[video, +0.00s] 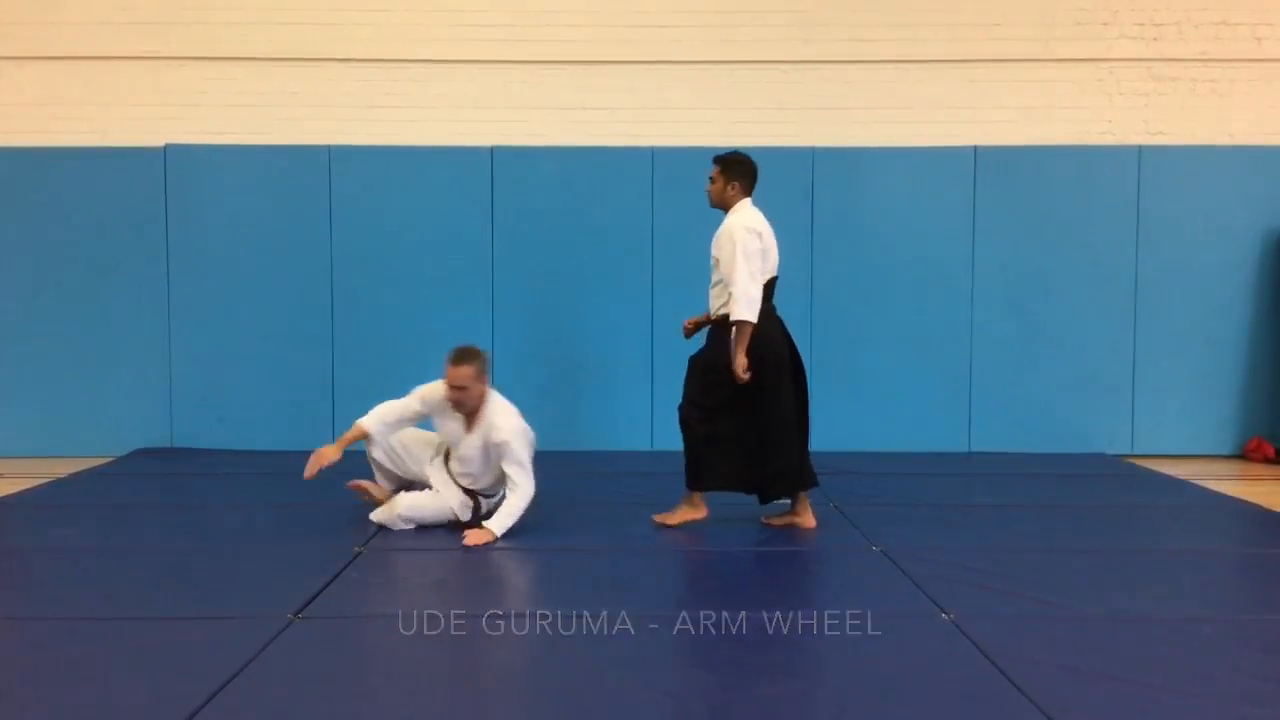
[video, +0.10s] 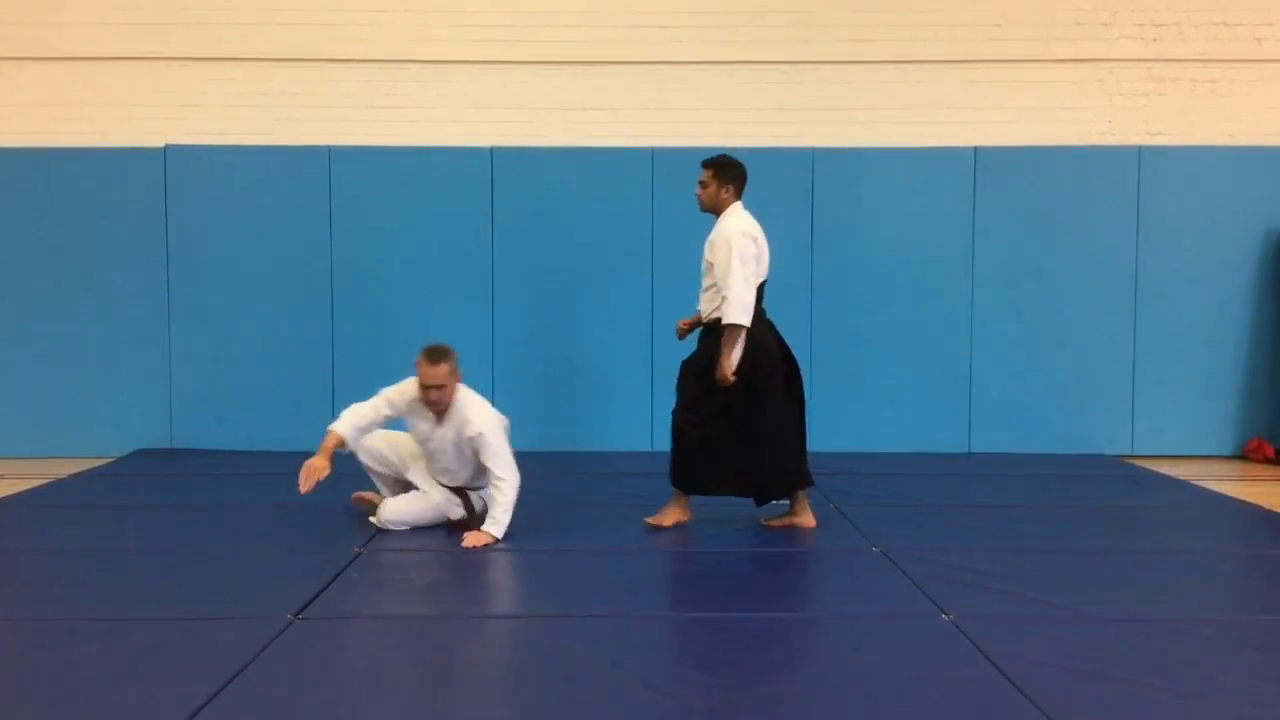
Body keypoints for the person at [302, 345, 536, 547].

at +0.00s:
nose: (451, 396)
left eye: (460, 390)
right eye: (449, 387)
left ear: (483, 384)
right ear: (445, 379)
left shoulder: (507, 427)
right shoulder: (442, 393)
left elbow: (523, 488)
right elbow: (393, 413)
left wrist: (491, 529)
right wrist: (339, 445)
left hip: (470, 495)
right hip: (445, 457)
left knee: (401, 508)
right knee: (382, 438)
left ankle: (385, 505)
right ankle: (388, 492)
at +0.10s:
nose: (432, 396)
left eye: (440, 388)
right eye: (425, 388)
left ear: (456, 380)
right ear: (418, 379)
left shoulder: (479, 419)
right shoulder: (411, 391)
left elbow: (506, 479)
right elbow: (361, 414)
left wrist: (490, 530)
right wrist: (324, 454)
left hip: (464, 493)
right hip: (430, 464)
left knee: (390, 514)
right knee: (368, 444)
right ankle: (394, 502)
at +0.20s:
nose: (419, 393)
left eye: (428, 384)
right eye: (411, 385)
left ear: (439, 377)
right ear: (399, 377)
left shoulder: (462, 415)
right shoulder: (388, 387)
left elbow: (494, 474)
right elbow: (337, 410)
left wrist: (490, 530)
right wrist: (312, 454)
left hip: (442, 483)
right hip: (408, 455)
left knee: (374, 518)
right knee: (338, 451)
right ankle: (388, 494)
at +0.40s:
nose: (416, 362)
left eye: (422, 353)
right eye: (407, 355)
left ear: (427, 347)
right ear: (386, 348)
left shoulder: (440, 383)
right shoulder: (366, 356)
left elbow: (465, 447)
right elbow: (309, 381)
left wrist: (471, 517)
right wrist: (296, 438)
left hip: (400, 457)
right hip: (358, 426)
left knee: (365, 523)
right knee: (286, 449)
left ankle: (366, 502)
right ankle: (330, 475)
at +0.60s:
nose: (411, 319)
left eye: (416, 310)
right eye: (403, 310)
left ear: (420, 310)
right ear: (379, 309)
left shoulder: (427, 358)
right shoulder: (348, 330)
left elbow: (434, 423)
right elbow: (296, 361)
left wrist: (430, 490)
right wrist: (260, 405)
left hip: (370, 440)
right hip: (325, 412)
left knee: (365, 526)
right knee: (261, 427)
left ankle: (349, 503)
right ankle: (243, 507)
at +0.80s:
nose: (389, 289)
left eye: (391, 281)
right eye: (380, 281)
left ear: (395, 284)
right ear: (354, 284)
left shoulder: (400, 338)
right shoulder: (318, 318)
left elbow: (409, 403)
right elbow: (264, 355)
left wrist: (392, 459)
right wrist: (219, 399)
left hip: (340, 430)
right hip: (292, 411)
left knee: (365, 523)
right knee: (243, 446)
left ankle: (339, 505)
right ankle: (225, 521)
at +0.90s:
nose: (363, 274)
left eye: (365, 266)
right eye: (354, 266)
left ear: (368, 271)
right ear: (330, 267)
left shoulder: (379, 322)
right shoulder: (297, 308)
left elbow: (391, 381)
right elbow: (242, 347)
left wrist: (385, 434)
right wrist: (194, 393)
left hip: (328, 424)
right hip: (278, 413)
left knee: (359, 519)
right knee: (231, 457)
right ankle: (224, 530)